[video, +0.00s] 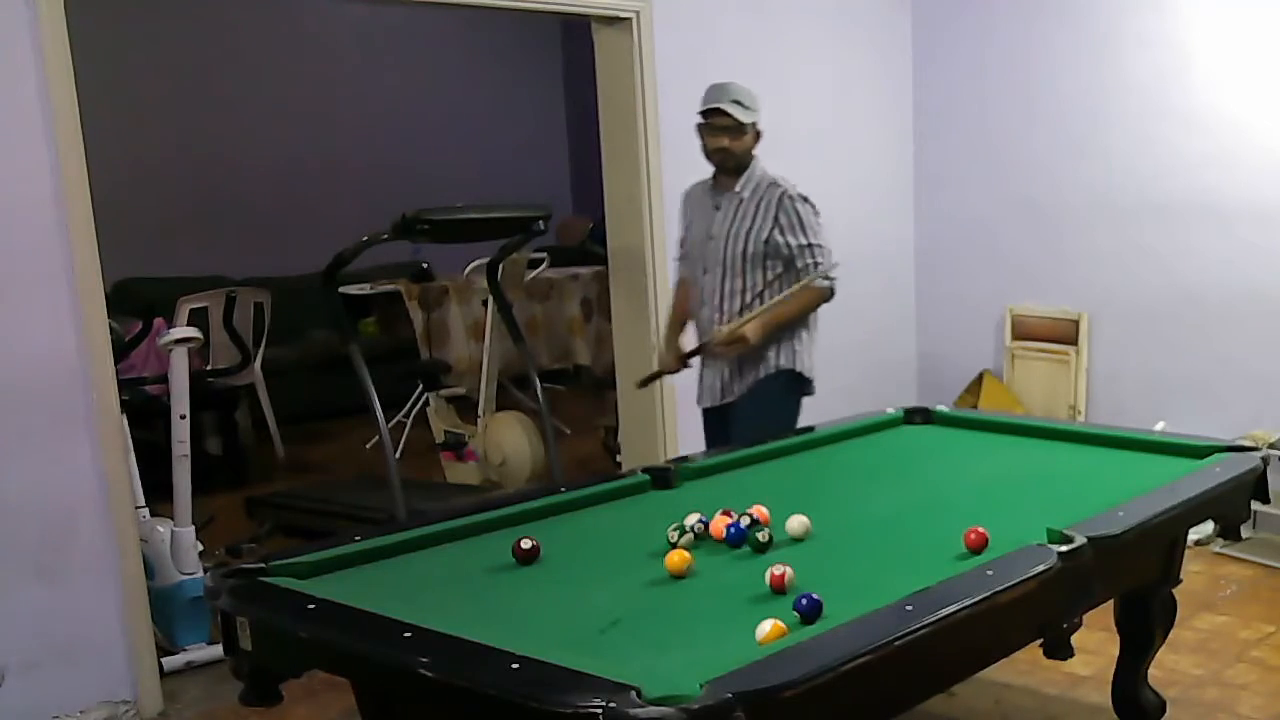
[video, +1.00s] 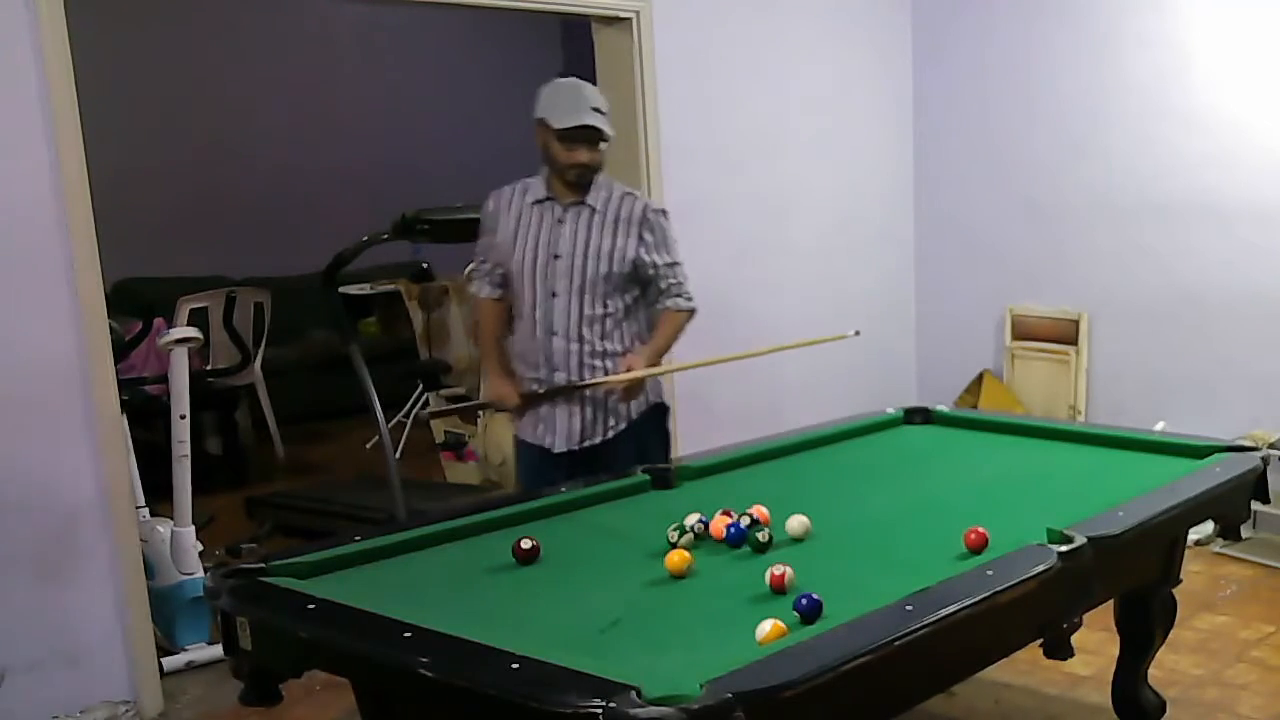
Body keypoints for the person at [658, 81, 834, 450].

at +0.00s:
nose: (721, 143)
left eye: (734, 133)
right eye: (712, 132)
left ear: (755, 136)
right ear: (700, 136)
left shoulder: (784, 201)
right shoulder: (696, 199)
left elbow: (820, 284)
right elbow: (690, 275)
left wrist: (759, 328)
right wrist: (672, 337)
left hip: (770, 374)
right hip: (716, 378)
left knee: (758, 492)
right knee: (725, 493)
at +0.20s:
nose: (698, 147)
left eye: (709, 138)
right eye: (688, 136)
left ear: (726, 142)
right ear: (669, 138)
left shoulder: (756, 210)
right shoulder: (657, 205)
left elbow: (795, 293)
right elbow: (645, 281)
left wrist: (740, 335)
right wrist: (627, 343)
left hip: (742, 389)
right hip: (683, 393)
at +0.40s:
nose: (678, 151)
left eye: (690, 141)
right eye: (667, 139)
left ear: (707, 143)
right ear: (647, 138)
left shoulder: (735, 215)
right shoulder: (629, 204)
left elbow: (773, 299)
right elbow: (612, 282)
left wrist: (720, 343)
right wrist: (601, 350)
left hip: (703, 400)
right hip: (637, 398)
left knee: (697, 522)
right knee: (637, 522)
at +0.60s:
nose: (657, 152)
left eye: (668, 141)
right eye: (646, 139)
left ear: (683, 145)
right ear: (624, 137)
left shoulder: (713, 217)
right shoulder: (597, 200)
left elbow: (750, 302)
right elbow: (581, 277)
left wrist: (701, 346)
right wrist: (571, 350)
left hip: (683, 409)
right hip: (605, 405)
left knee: (680, 535)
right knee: (585, 527)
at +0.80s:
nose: (628, 157)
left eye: (639, 146)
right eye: (616, 144)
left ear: (650, 146)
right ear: (589, 140)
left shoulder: (682, 219)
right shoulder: (555, 206)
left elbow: (719, 305)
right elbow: (541, 283)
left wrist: (674, 353)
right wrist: (539, 359)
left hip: (664, 418)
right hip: (581, 418)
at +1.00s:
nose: (583, 154)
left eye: (594, 141)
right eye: (570, 140)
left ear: (606, 142)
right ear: (543, 137)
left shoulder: (637, 215)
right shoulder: (504, 209)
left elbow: (678, 300)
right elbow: (490, 291)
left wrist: (648, 356)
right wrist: (494, 371)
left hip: (626, 422)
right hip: (540, 425)